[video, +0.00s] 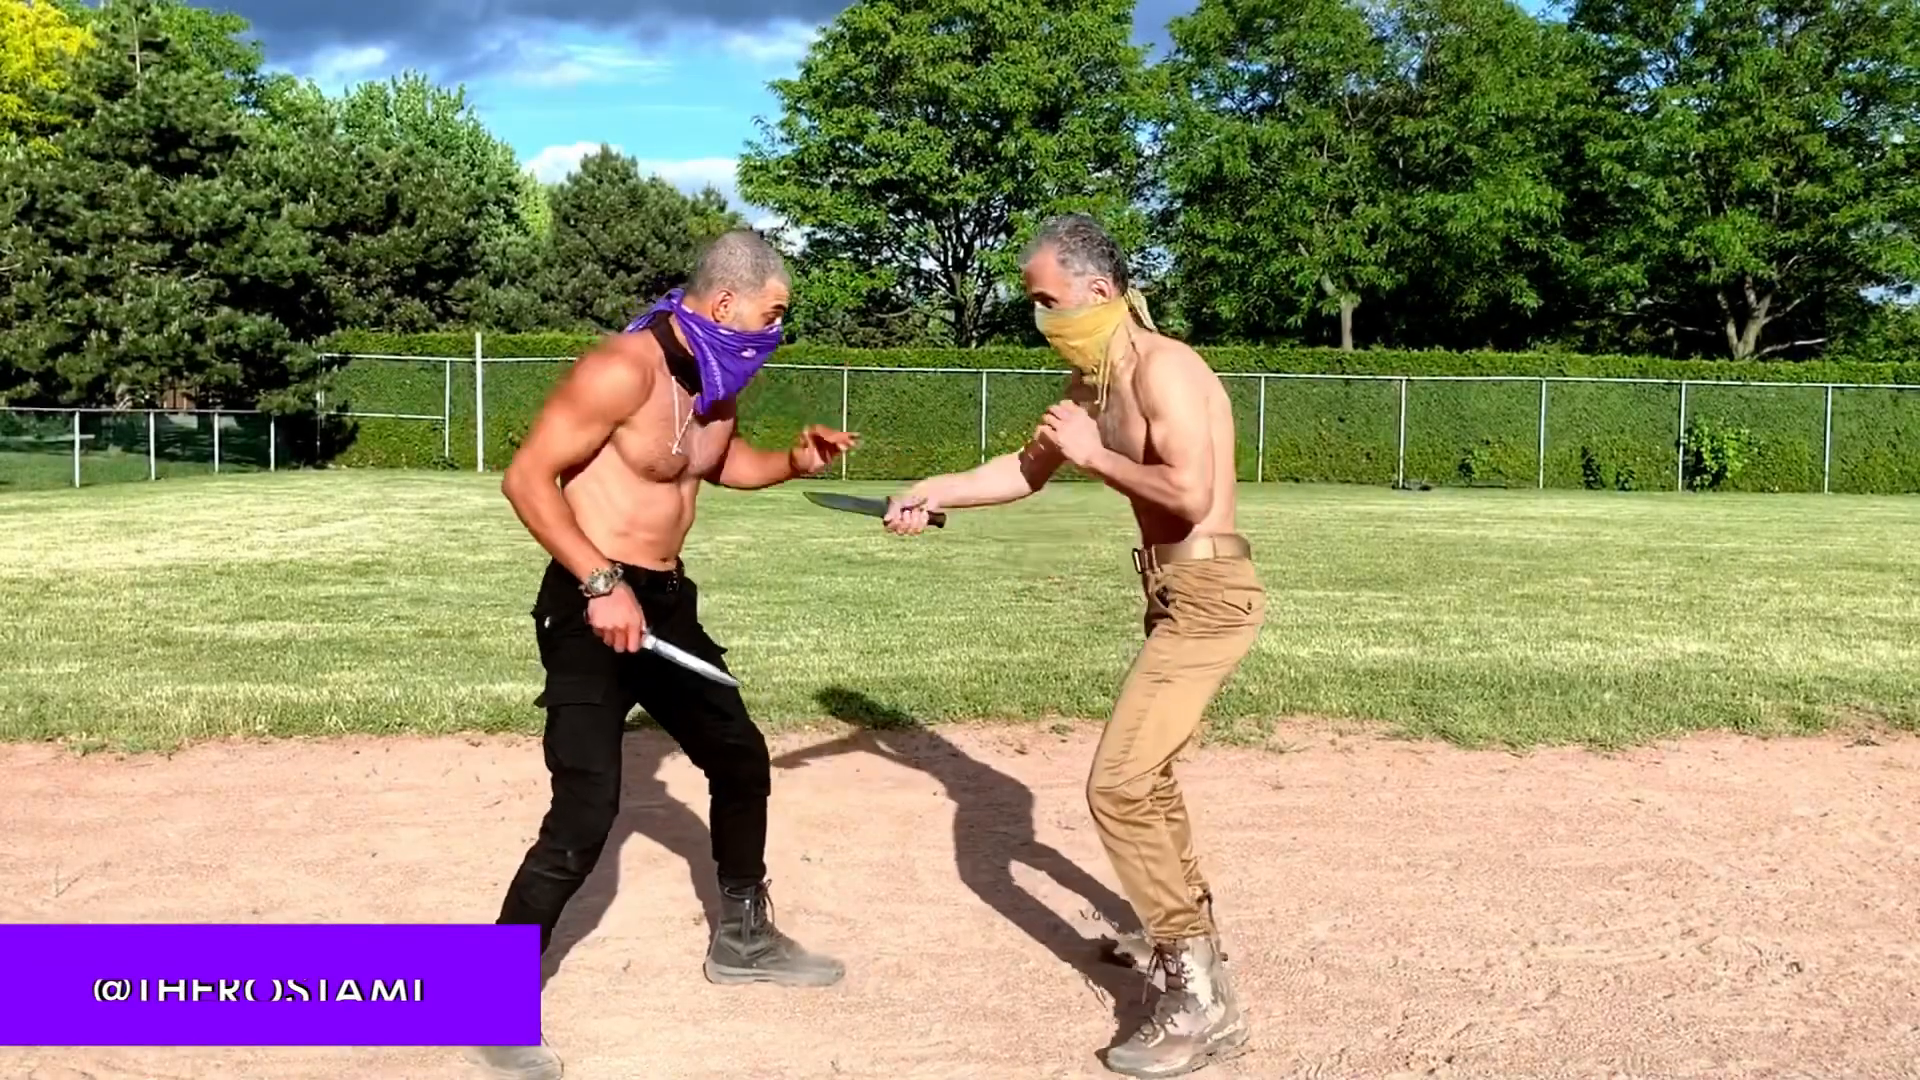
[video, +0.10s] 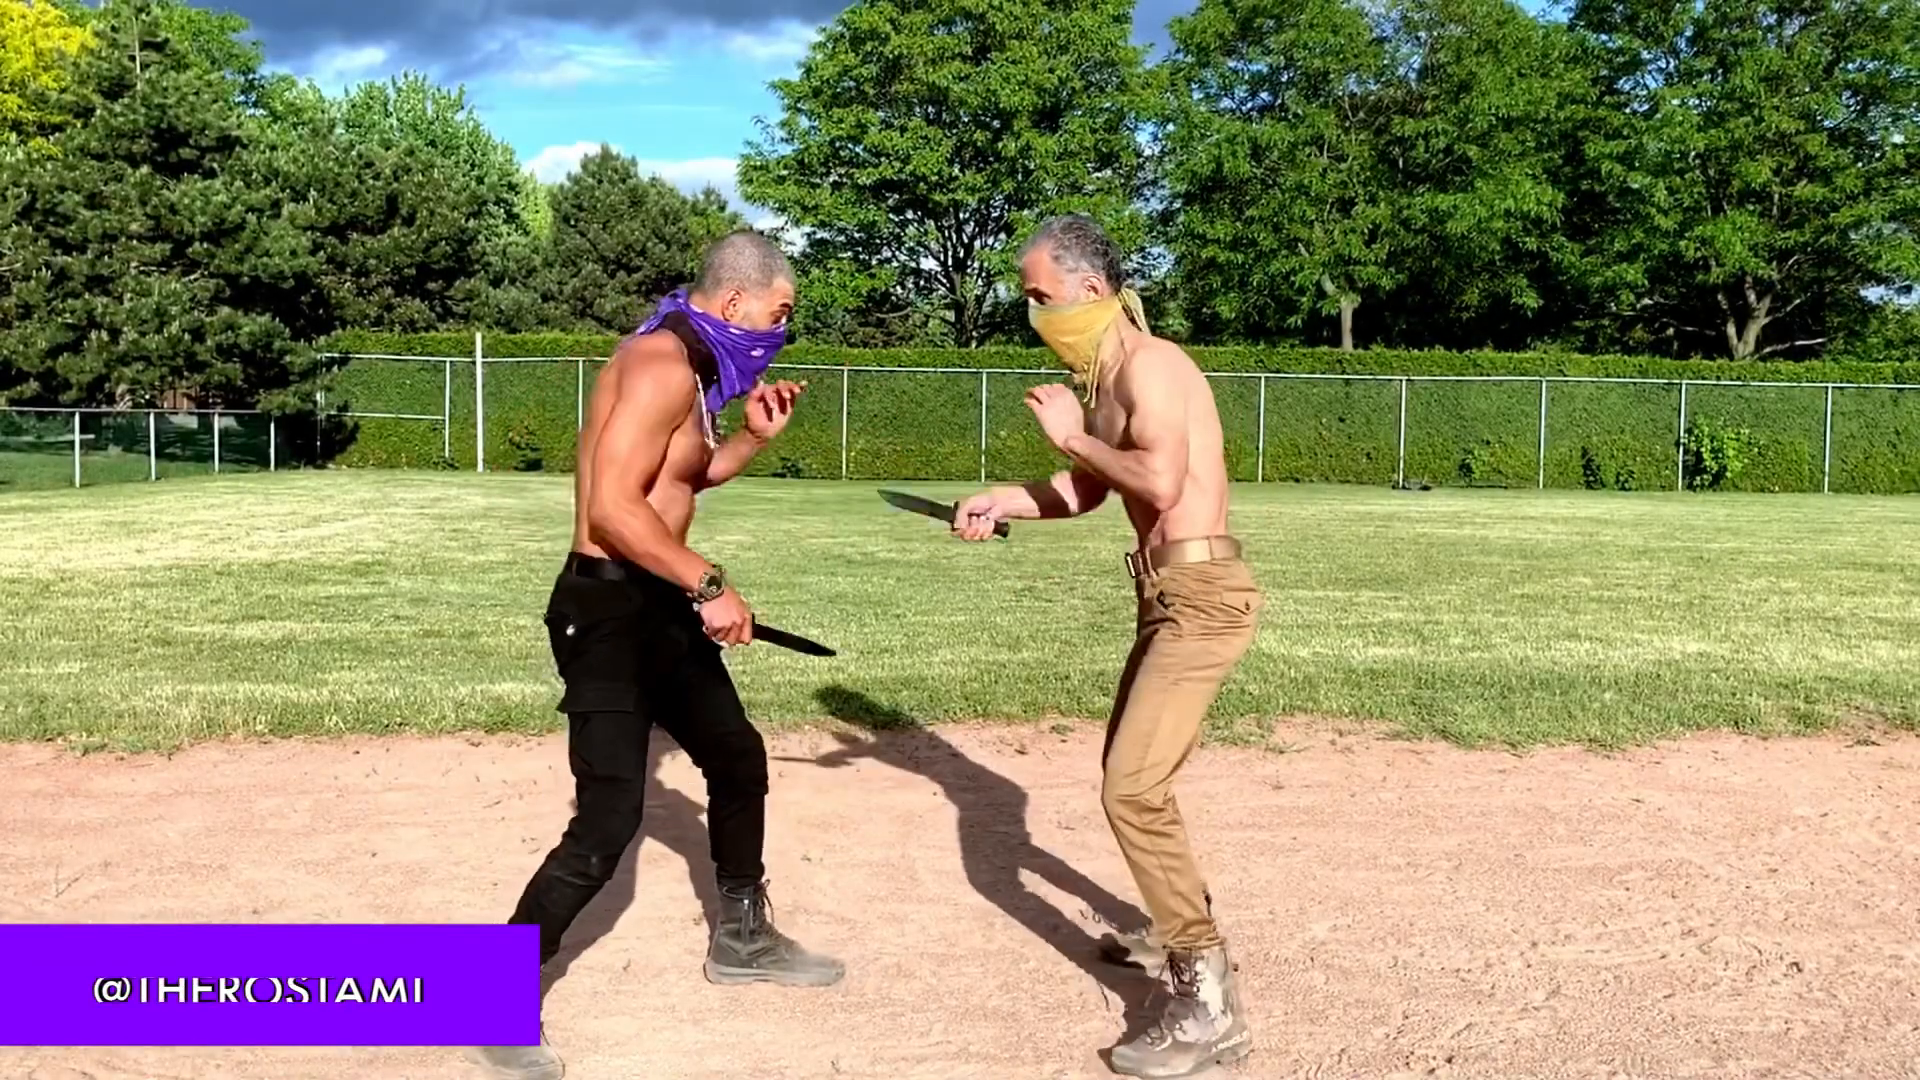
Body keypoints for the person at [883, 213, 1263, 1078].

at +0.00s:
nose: (1041, 317)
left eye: (1049, 299)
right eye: (1035, 302)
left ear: (1101, 288)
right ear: (1078, 296)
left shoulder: (1168, 371)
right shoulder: (1097, 384)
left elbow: (1191, 495)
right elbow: (1023, 472)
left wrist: (1094, 456)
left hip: (1207, 595)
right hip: (1172, 592)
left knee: (1120, 786)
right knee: (1146, 772)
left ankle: (1200, 991)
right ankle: (1181, 923)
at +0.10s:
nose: (1036, 315)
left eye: (1042, 296)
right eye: (1030, 299)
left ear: (1094, 287)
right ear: (1078, 290)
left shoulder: (1155, 366)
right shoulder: (1106, 381)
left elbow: (1161, 480)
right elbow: (1082, 491)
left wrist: (1075, 438)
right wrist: (1003, 502)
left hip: (1202, 599)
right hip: (1168, 598)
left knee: (1132, 787)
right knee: (1128, 773)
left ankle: (1211, 993)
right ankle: (1180, 926)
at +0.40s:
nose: (1035, 314)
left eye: (1041, 294)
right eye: (1029, 296)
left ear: (1091, 288)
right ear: (1095, 288)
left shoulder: (1133, 374)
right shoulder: (1132, 362)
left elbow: (1126, 512)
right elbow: (1094, 453)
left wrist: (1033, 527)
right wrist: (999, 462)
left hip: (1183, 607)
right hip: (1162, 600)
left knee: (1099, 796)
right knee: (1142, 769)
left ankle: (1155, 1012)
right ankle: (1190, 928)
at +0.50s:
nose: (1029, 314)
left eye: (1037, 297)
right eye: (1027, 298)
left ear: (1092, 296)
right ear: (1081, 297)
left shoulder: (1166, 387)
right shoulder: (1076, 369)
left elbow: (1189, 531)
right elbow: (974, 376)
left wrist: (1092, 492)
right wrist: (870, 397)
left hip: (1192, 613)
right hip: (1143, 609)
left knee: (1123, 786)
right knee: (1102, 763)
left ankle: (1163, 1013)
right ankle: (1180, 915)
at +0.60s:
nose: (1024, 329)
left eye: (1034, 314)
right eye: (1024, 314)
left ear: (1087, 314)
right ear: (1074, 316)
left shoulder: (1161, 397)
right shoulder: (1071, 373)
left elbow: (1155, 541)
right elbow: (1016, 381)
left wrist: (1059, 476)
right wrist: (950, 419)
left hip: (1181, 616)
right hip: (1116, 610)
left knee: (1127, 781)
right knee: (1073, 762)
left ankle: (1165, 1007)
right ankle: (1127, 896)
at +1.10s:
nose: (976, 304)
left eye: (984, 286)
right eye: (971, 290)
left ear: (1036, 278)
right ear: (1008, 286)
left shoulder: (1121, 353)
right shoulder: (1009, 390)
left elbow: (1217, 446)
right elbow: (1001, 508)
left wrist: (1098, 466)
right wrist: (955, 484)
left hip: (1142, 592)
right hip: (1067, 599)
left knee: (1102, 784)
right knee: (1035, 778)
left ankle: (1158, 1004)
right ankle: (1082, 912)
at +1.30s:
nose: (964, 320)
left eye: (971, 304)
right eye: (959, 307)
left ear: (1018, 295)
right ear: (1007, 299)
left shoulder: (1080, 348)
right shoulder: (1039, 385)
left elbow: (1112, 412)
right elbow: (1083, 507)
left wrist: (1009, 404)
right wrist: (1040, 550)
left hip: (1137, 597)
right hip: (1087, 604)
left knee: (1087, 791)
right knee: (1038, 770)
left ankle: (1157, 1012)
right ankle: (1084, 918)